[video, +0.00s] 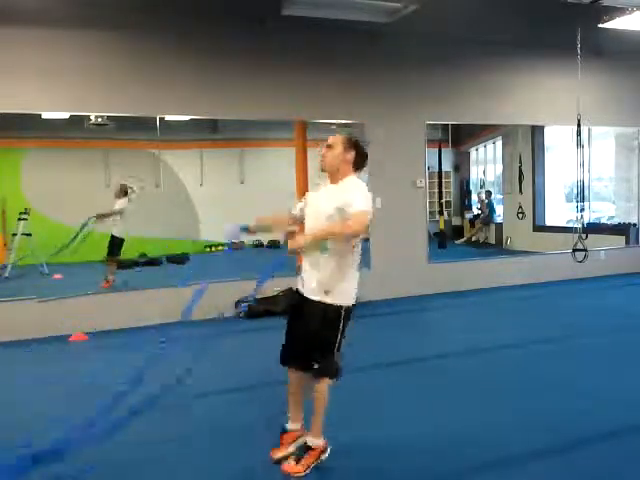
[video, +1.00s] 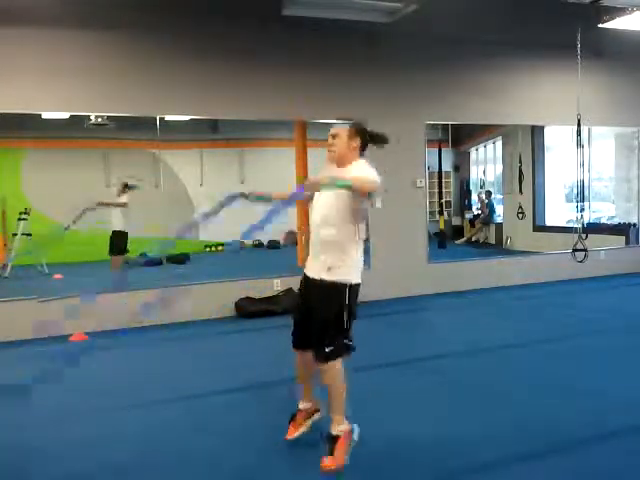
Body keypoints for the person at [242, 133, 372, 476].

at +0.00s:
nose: (322, 152)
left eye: (330, 146)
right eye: (323, 146)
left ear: (350, 156)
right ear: (327, 156)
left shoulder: (357, 190)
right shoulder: (320, 192)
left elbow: (358, 226)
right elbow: (296, 220)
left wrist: (313, 236)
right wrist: (263, 224)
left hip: (335, 296)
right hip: (306, 290)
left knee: (321, 370)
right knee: (295, 363)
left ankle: (316, 441)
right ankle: (295, 429)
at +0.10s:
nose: (322, 147)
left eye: (329, 141)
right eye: (322, 141)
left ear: (350, 147)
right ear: (328, 148)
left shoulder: (361, 175)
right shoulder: (320, 178)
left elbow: (372, 190)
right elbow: (293, 194)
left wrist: (341, 190)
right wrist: (253, 193)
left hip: (340, 282)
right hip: (311, 277)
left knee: (331, 361)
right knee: (296, 345)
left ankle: (335, 442)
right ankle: (295, 413)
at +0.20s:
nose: (314, 156)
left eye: (320, 151)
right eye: (315, 151)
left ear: (340, 156)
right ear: (329, 156)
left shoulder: (356, 186)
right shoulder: (320, 185)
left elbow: (375, 207)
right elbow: (308, 208)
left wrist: (373, 211)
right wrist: (278, 210)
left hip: (344, 293)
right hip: (315, 287)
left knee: (346, 372)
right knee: (299, 352)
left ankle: (360, 455)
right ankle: (291, 406)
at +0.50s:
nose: (321, 155)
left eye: (327, 148)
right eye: (322, 149)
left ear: (347, 154)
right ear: (332, 156)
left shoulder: (357, 188)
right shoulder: (321, 189)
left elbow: (365, 216)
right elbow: (307, 226)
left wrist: (322, 215)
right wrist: (273, 222)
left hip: (339, 289)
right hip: (311, 284)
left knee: (335, 367)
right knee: (298, 355)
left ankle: (350, 443)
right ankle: (296, 403)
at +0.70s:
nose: (323, 153)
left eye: (330, 147)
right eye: (325, 147)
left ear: (352, 154)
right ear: (343, 155)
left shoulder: (358, 189)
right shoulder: (327, 188)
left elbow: (332, 235)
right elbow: (302, 226)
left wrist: (289, 239)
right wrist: (286, 240)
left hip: (338, 288)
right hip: (313, 282)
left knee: (313, 361)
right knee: (295, 356)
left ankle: (324, 437)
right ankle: (309, 428)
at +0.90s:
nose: (327, 158)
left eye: (335, 152)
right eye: (329, 152)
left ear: (353, 162)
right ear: (337, 161)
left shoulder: (359, 196)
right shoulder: (327, 195)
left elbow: (356, 233)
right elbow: (306, 227)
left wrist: (311, 237)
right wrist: (288, 239)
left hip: (339, 298)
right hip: (315, 292)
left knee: (324, 374)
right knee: (304, 369)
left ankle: (325, 440)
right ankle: (309, 430)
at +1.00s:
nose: (329, 144)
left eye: (336, 138)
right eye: (329, 139)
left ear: (355, 144)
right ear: (334, 146)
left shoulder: (362, 170)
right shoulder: (325, 175)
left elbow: (371, 186)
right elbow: (295, 196)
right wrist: (262, 197)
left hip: (341, 278)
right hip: (313, 273)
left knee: (329, 357)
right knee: (302, 346)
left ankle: (340, 428)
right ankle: (307, 405)